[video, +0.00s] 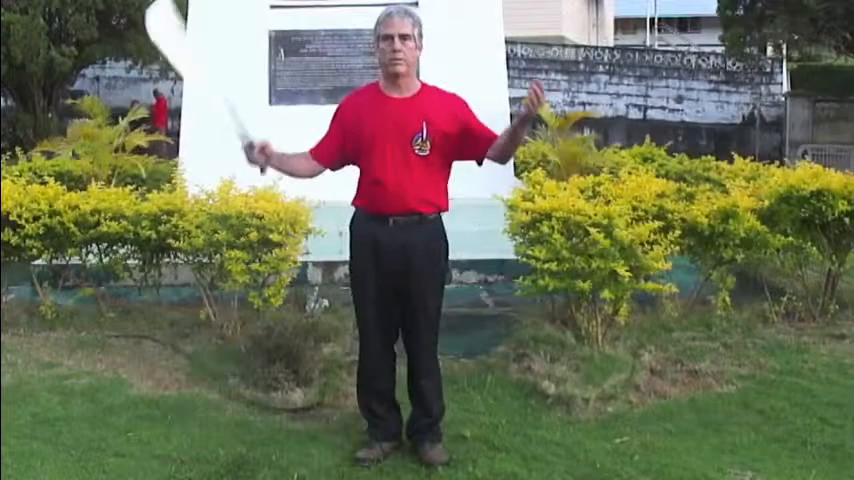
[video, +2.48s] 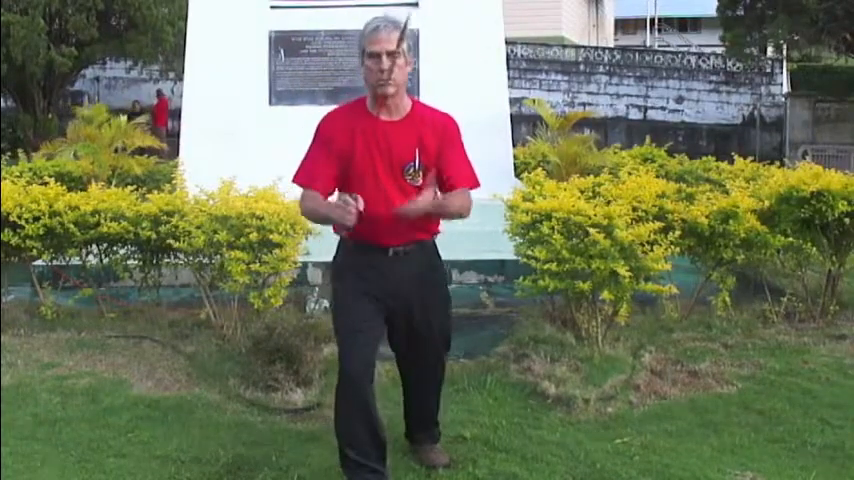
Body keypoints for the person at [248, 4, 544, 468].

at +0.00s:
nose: (396, 47)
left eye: (405, 39)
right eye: (386, 39)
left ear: (419, 46)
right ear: (375, 48)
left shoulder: (448, 106)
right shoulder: (356, 105)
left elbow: (496, 152)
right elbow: (315, 162)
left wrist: (523, 120)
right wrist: (273, 159)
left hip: (425, 232)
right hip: (370, 232)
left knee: (422, 339)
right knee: (374, 339)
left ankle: (427, 435)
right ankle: (382, 434)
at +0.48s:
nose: (396, 46)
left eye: (406, 38)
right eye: (387, 39)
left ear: (421, 46)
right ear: (376, 48)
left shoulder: (446, 104)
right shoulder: (353, 102)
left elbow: (489, 160)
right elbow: (294, 133)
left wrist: (474, 99)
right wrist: (307, 94)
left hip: (425, 231)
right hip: (371, 232)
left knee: (423, 339)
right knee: (375, 338)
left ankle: (427, 434)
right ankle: (381, 433)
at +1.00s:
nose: (408, 48)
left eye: (417, 39)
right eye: (398, 39)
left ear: (431, 47)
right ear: (387, 48)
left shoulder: (455, 105)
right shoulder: (366, 107)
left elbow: (494, 172)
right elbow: (313, 154)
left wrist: (484, 113)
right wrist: (323, 120)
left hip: (436, 236)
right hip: (379, 236)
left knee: (430, 342)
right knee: (375, 341)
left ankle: (427, 436)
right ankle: (381, 434)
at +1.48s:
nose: (403, 58)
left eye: (412, 48)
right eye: (393, 49)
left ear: (427, 55)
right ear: (380, 57)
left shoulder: (455, 119)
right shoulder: (358, 118)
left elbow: (466, 198)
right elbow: (343, 195)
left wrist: (423, 218)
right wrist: (381, 204)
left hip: (437, 257)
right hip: (377, 257)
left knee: (431, 355)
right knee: (373, 364)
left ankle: (427, 436)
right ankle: (368, 471)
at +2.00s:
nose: (370, 66)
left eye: (381, 56)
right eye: (360, 57)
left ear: (399, 63)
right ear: (348, 64)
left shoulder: (430, 124)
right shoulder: (324, 125)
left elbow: (445, 210)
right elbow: (310, 210)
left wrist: (393, 246)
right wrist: (355, 244)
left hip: (413, 264)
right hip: (347, 268)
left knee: (423, 360)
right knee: (352, 370)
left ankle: (429, 440)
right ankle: (364, 471)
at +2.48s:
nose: (383, 67)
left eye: (394, 57)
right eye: (373, 58)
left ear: (409, 63)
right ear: (361, 64)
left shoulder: (439, 125)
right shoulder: (338, 124)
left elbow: (464, 202)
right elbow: (308, 202)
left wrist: (435, 204)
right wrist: (333, 212)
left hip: (420, 264)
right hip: (358, 265)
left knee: (427, 360)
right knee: (354, 370)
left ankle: (425, 438)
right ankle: (365, 472)